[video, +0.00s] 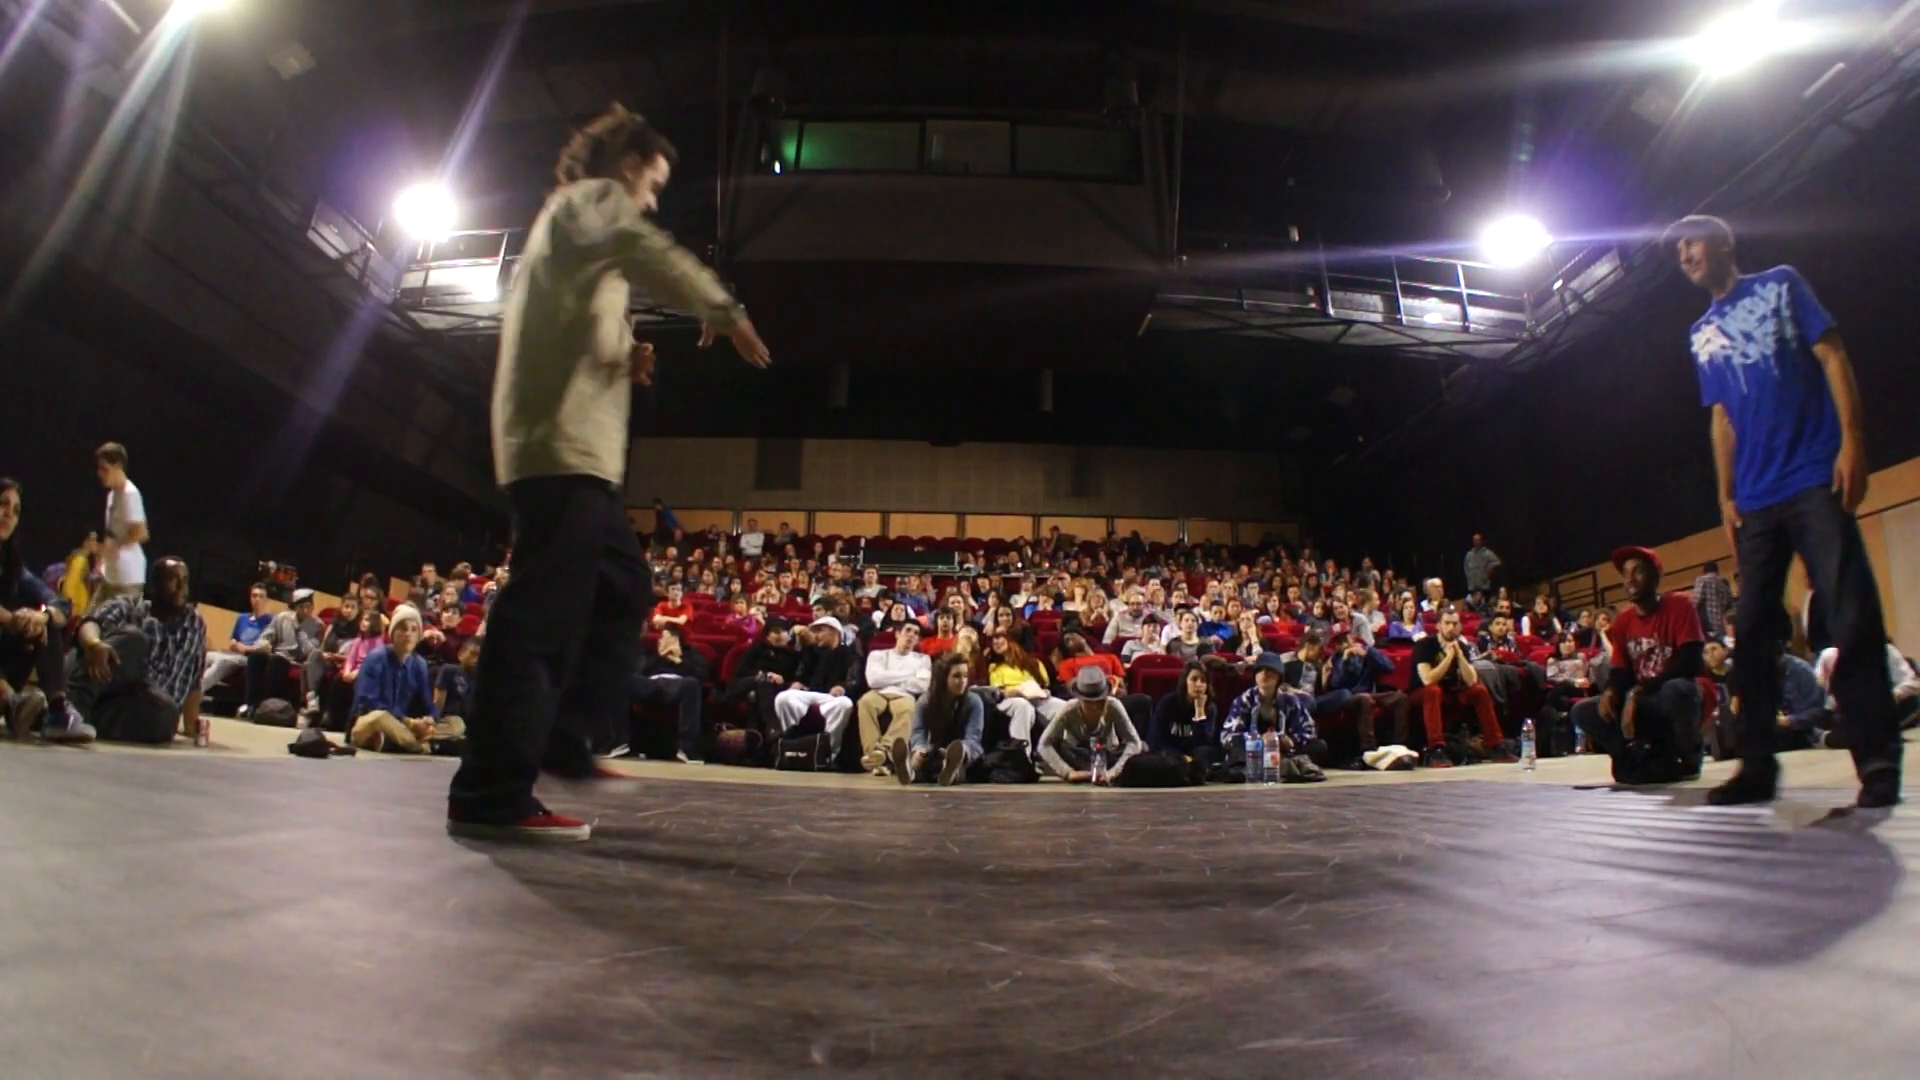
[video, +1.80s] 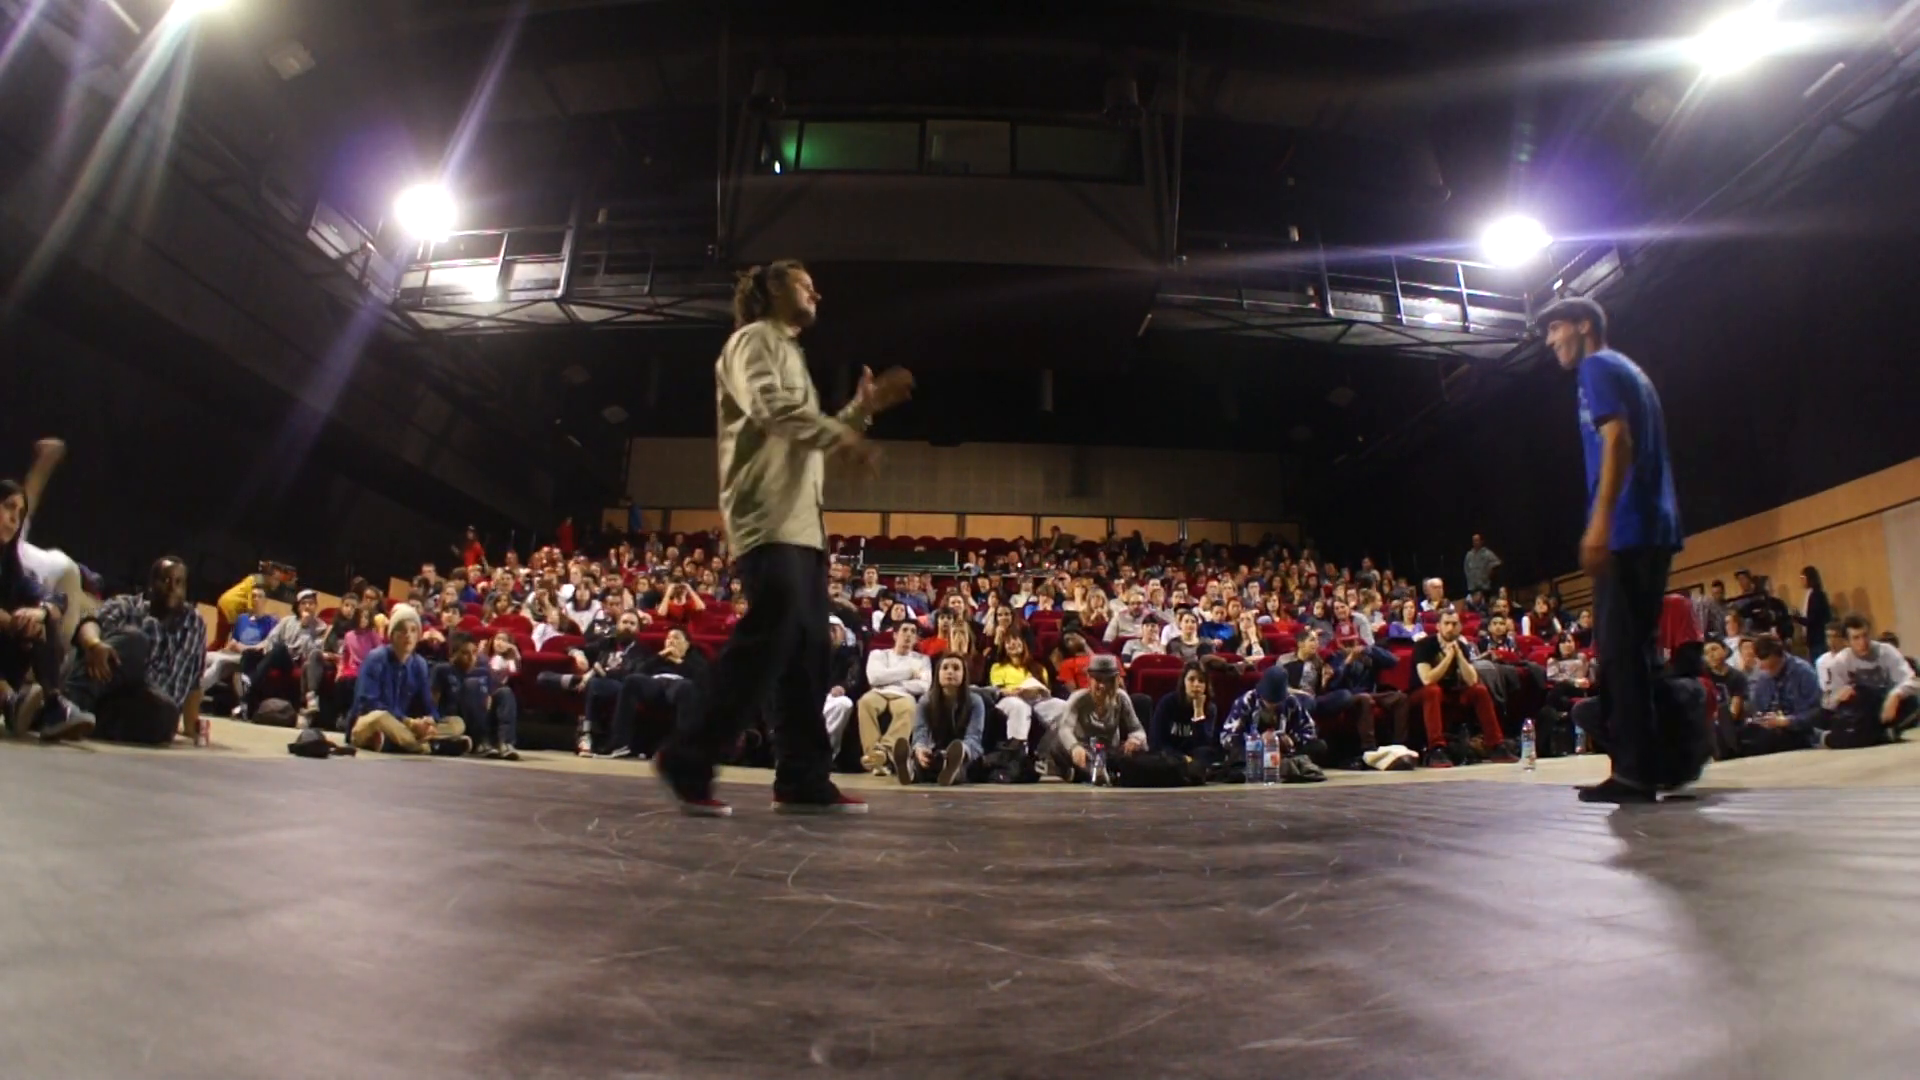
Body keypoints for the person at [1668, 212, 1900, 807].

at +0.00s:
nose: (1687, 256)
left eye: (1695, 243)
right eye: (1681, 250)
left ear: (1726, 245)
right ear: (1684, 263)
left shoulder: (1780, 285)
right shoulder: (1700, 335)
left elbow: (1833, 358)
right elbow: (1721, 418)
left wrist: (1852, 445)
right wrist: (1726, 496)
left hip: (1813, 480)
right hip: (1754, 498)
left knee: (1851, 621)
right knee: (1751, 628)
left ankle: (1878, 770)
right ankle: (1756, 768)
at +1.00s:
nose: (1658, 278)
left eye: (1665, 265)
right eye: (1654, 274)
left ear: (1698, 264)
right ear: (1662, 286)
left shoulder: (1741, 303)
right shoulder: (1687, 354)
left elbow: (1786, 376)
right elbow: (1707, 436)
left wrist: (1806, 461)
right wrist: (1709, 512)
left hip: (1764, 484)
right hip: (1727, 499)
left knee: (1773, 620)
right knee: (1750, 630)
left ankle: (1828, 752)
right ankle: (1780, 763)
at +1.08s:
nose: (1649, 285)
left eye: (1656, 272)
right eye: (1645, 280)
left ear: (1689, 271)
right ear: (1652, 291)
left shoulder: (1728, 308)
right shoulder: (1682, 358)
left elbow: (1772, 381)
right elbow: (1702, 440)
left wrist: (1786, 466)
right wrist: (1706, 510)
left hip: (1751, 482)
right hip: (1720, 495)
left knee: (1749, 612)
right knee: (1744, 619)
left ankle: (1784, 759)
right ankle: (1777, 758)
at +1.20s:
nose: (1634, 296)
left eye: (1640, 284)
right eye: (1629, 291)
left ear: (1674, 280)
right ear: (1637, 303)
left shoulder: (1710, 316)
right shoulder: (1673, 361)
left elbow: (1752, 391)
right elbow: (1698, 443)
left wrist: (1759, 480)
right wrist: (1700, 523)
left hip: (1736, 497)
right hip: (1711, 506)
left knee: (1716, 627)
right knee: (1757, 629)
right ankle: (1782, 761)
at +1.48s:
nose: (1596, 324)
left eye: (1601, 312)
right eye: (1593, 316)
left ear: (1632, 308)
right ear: (1616, 318)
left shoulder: (1658, 345)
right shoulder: (1647, 359)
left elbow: (1690, 419)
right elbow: (1671, 442)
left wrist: (1702, 501)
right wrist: (1658, 529)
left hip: (1682, 524)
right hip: (1690, 523)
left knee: (1660, 646)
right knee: (1731, 645)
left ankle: (1636, 772)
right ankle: (1777, 762)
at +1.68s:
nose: (1565, 332)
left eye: (1571, 321)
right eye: (1562, 324)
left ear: (1600, 320)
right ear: (1593, 326)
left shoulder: (1616, 359)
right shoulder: (1630, 361)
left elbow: (1643, 432)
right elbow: (1648, 441)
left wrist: (1640, 516)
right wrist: (1639, 518)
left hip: (1642, 533)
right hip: (1669, 529)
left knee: (1634, 654)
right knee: (1668, 649)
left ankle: (1633, 774)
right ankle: (1738, 737)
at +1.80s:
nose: (1551, 341)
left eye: (1556, 330)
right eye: (1548, 333)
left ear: (1586, 327)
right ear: (1588, 332)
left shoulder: (1597, 367)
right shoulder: (1624, 369)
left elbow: (1617, 439)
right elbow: (1638, 450)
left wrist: (1599, 522)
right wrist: (1622, 522)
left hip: (1627, 531)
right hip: (1650, 530)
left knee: (1619, 650)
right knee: (1632, 649)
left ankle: (1632, 772)